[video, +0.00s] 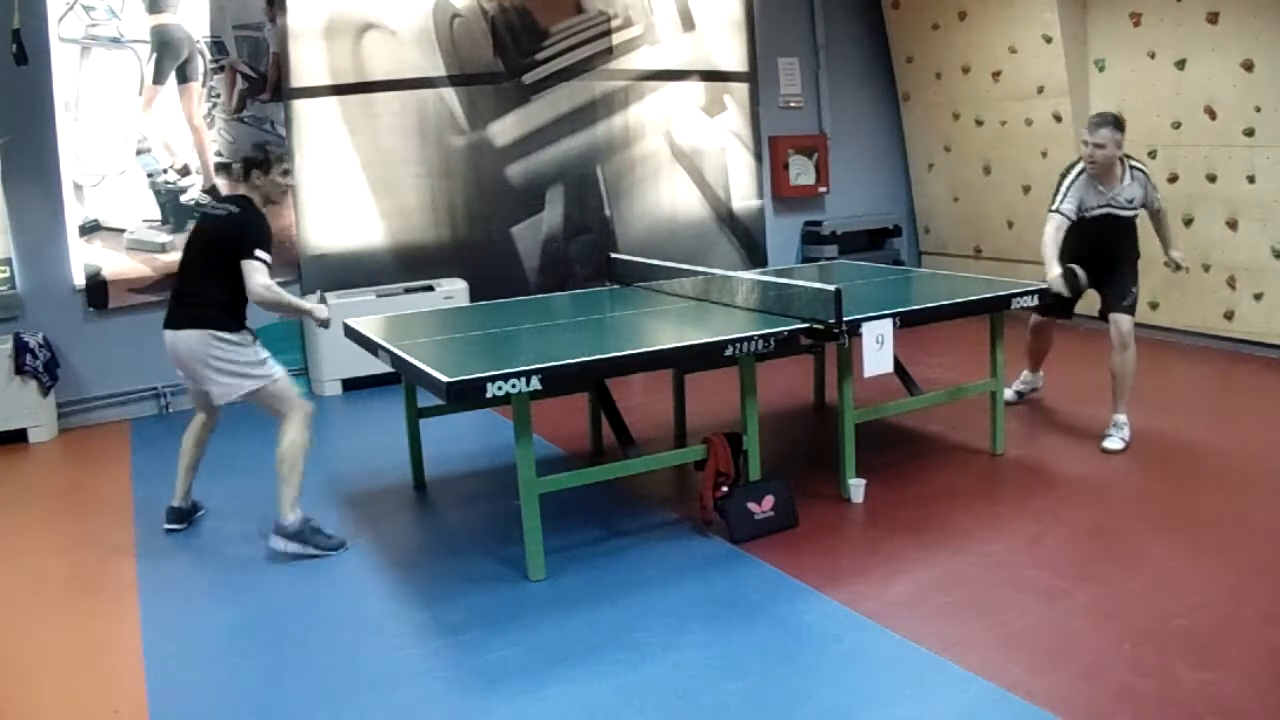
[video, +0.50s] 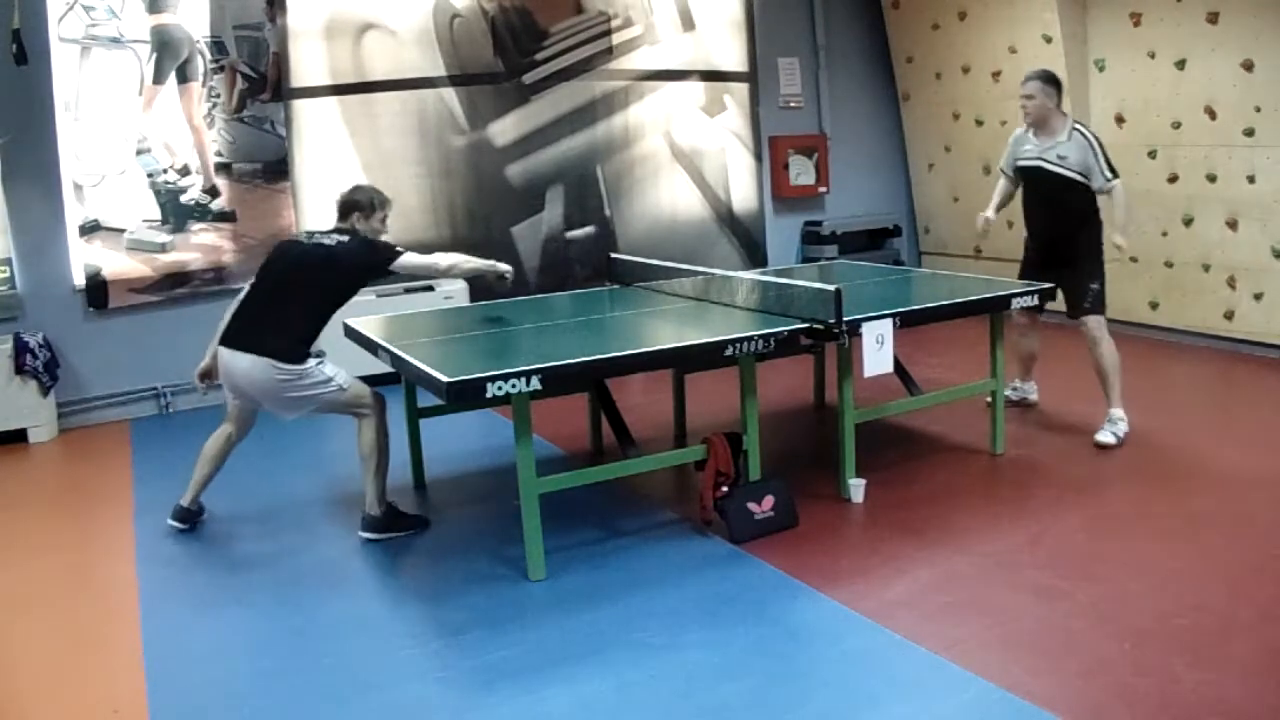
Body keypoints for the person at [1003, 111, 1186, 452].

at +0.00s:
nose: (1090, 153)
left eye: (1100, 147)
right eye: (1086, 144)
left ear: (1119, 148)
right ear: (1081, 142)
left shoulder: (1138, 176)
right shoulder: (1075, 177)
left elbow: (1156, 209)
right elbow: (1054, 225)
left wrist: (1169, 249)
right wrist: (1053, 267)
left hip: (1119, 258)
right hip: (1076, 253)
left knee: (1121, 330)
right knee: (1039, 323)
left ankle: (1119, 420)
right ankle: (1031, 376)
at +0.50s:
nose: (1023, 106)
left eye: (1030, 98)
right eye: (1021, 99)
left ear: (1054, 101)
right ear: (1024, 102)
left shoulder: (1083, 140)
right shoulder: (1021, 139)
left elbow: (1113, 186)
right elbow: (1008, 179)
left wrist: (1119, 231)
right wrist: (992, 208)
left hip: (1081, 250)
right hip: (1039, 248)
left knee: (1092, 326)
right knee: (1021, 319)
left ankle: (1116, 413)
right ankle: (1024, 385)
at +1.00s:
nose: (929, 139)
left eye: (931, 131)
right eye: (928, 132)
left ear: (951, 128)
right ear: (946, 130)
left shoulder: (983, 144)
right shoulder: (957, 162)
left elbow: (1023, 170)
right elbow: (938, 212)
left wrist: (1024, 199)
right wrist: (886, 217)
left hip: (1025, 251)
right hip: (991, 254)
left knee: (1053, 321)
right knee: (956, 314)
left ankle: (1100, 400)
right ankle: (953, 381)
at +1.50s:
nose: (970, 110)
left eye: (976, 102)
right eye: (967, 104)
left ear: (997, 101)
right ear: (970, 107)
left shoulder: (1020, 132)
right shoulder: (978, 142)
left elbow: (1051, 174)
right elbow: (981, 192)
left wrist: (1039, 213)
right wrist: (945, 216)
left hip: (1031, 245)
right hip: (993, 245)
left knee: (1054, 322)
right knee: (962, 324)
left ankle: (1083, 398)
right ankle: (954, 380)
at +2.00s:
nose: (985, 113)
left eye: (990, 106)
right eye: (982, 107)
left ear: (1012, 104)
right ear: (983, 111)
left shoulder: (1040, 135)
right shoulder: (993, 145)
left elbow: (1074, 177)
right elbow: (994, 190)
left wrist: (1065, 225)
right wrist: (968, 217)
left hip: (1057, 240)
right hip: (1020, 241)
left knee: (1079, 315)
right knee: (1001, 309)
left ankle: (1112, 394)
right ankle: (1002, 377)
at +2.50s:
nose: (981, 130)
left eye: (983, 123)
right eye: (978, 124)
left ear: (1000, 117)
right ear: (995, 119)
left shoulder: (1028, 138)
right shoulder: (1003, 147)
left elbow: (1048, 175)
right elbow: (983, 172)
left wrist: (1033, 213)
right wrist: (939, 158)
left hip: (1051, 237)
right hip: (1023, 237)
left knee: (1068, 314)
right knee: (992, 303)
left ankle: (1107, 391)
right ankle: (999, 375)